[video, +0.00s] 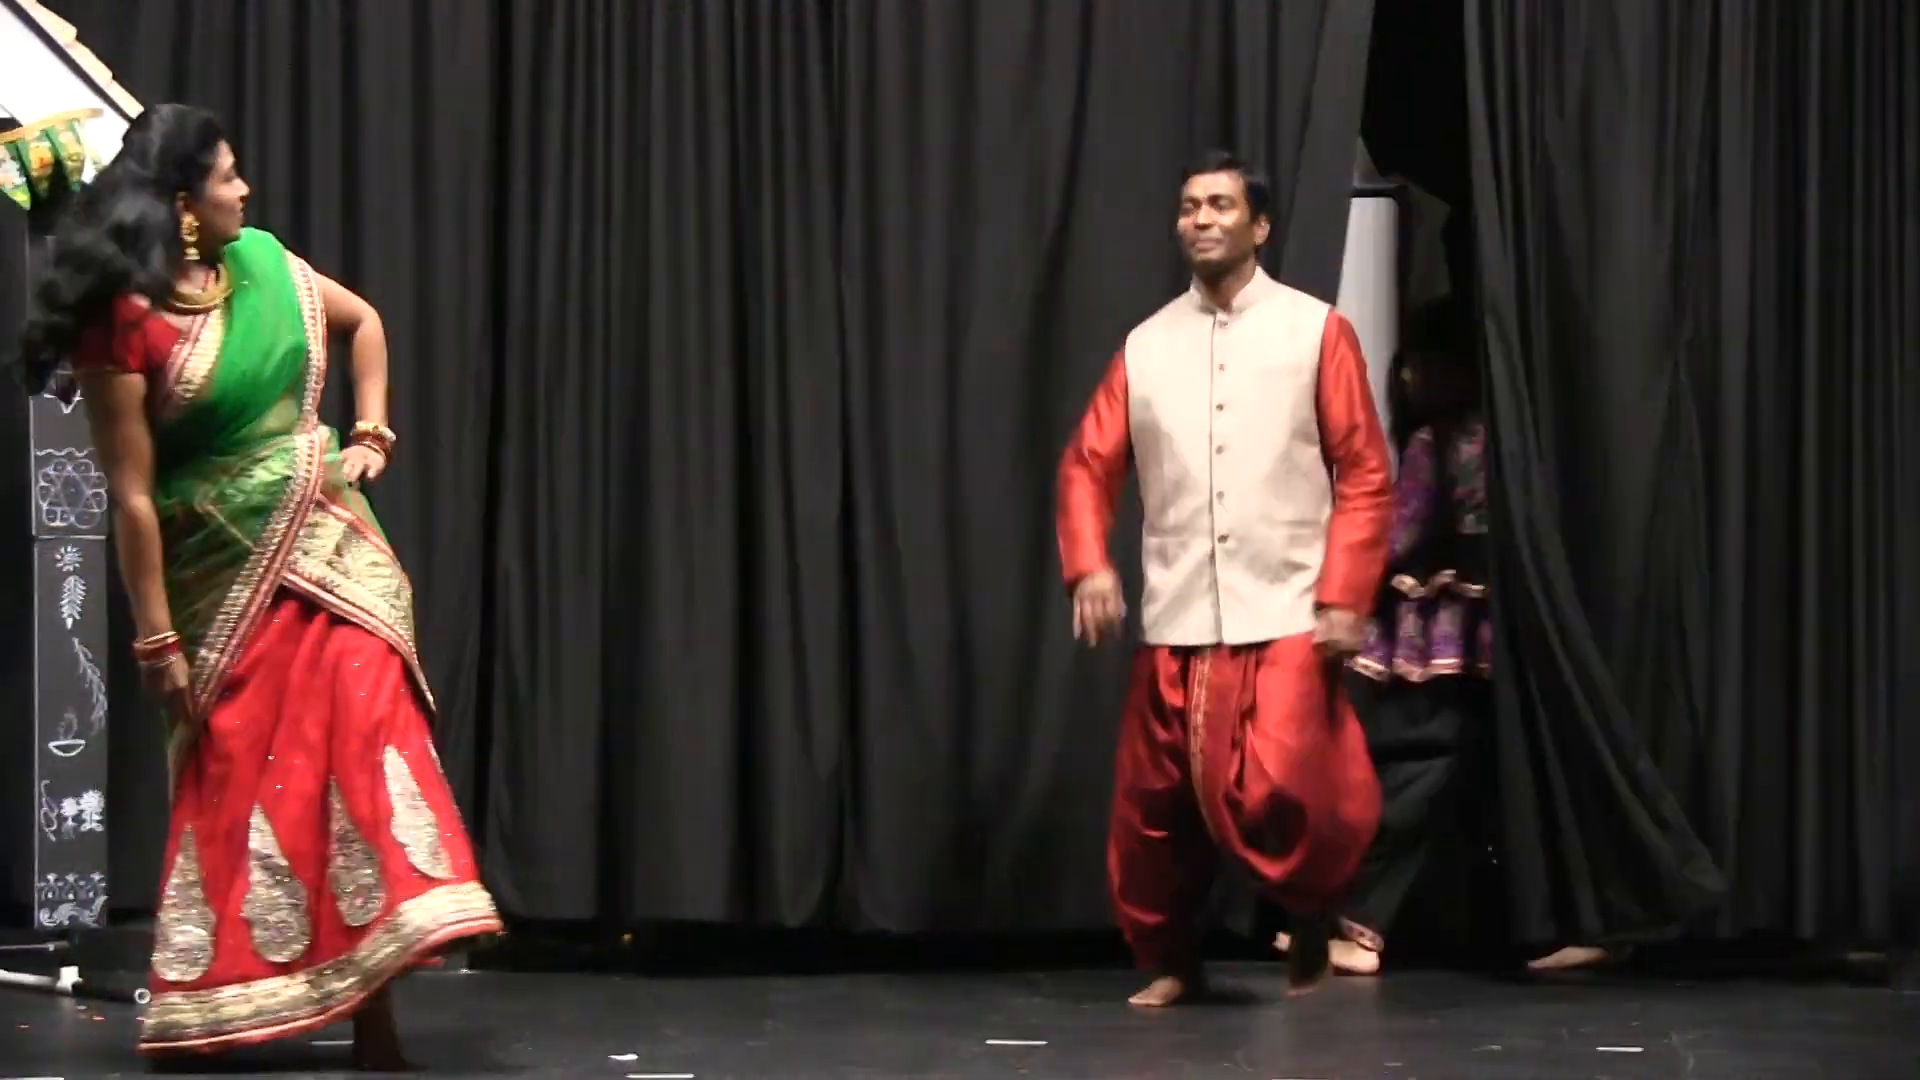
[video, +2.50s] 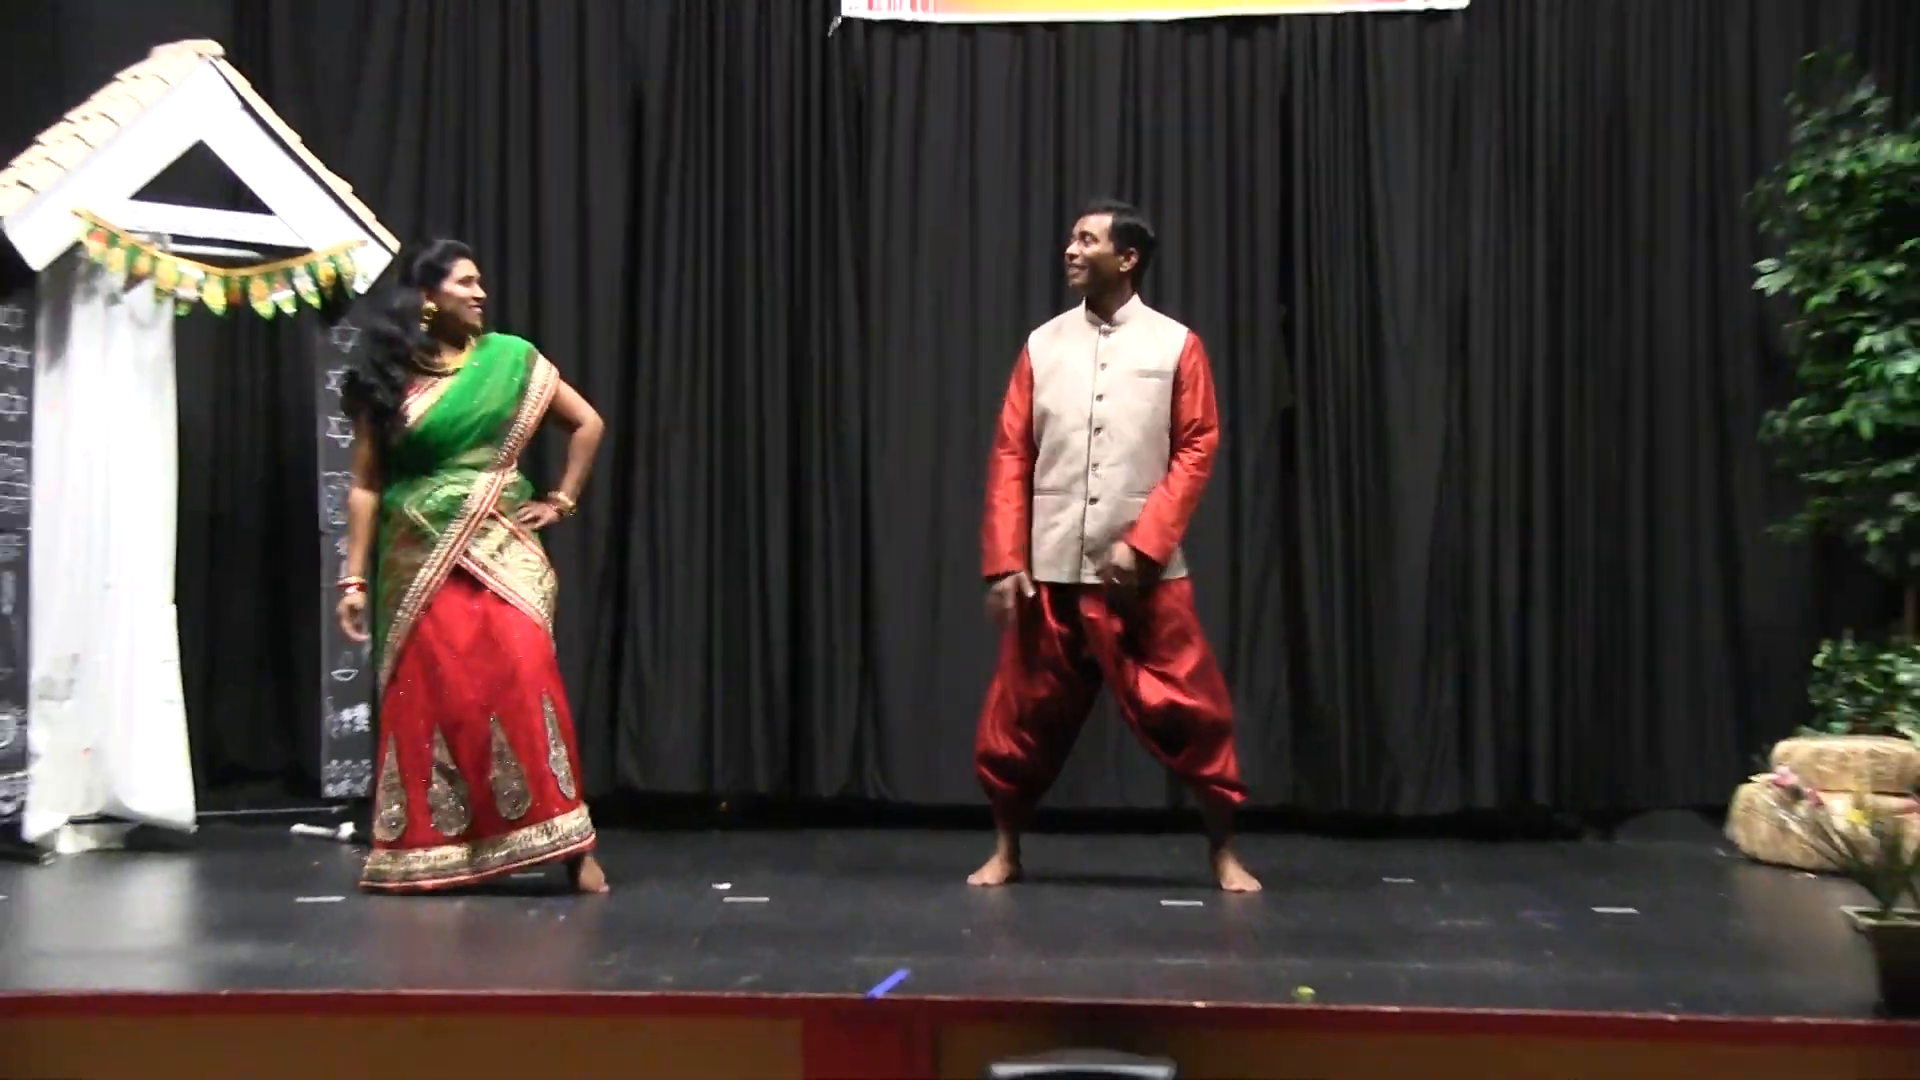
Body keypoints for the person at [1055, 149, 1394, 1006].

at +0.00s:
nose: (1201, 218)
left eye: (1219, 206)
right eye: (1190, 207)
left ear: (1259, 226)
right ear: (1177, 227)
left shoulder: (1317, 331)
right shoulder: (1148, 344)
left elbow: (1364, 473)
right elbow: (1088, 463)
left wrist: (1345, 599)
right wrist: (1090, 566)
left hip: (1286, 607)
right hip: (1177, 611)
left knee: (1274, 788)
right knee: (1155, 802)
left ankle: (1310, 918)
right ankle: (1169, 966)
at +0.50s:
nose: (1215, 142)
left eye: (1237, 128)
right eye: (1204, 126)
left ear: (1277, 149)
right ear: (1187, 143)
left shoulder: (1322, 263)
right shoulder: (1144, 266)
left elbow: (1352, 415)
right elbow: (1104, 415)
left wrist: (1298, 528)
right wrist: (1103, 529)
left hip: (1287, 564)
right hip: (1160, 562)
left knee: (1296, 771)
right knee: (1112, 750)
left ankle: (1300, 978)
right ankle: (1087, 965)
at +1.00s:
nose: (1209, 142)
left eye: (1228, 126)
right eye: (1196, 131)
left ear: (1277, 144)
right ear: (1185, 155)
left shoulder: (1341, 268)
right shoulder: (1157, 281)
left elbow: (1384, 422)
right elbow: (1093, 421)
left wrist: (1371, 582)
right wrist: (1151, 499)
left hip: (1319, 590)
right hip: (1189, 586)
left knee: (1373, 790)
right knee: (1111, 778)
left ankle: (1408, 1004)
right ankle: (1085, 981)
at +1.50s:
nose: (1144, 150)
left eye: (1166, 137)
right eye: (1145, 135)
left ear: (1224, 159)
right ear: (1147, 152)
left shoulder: (1281, 280)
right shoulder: (1095, 271)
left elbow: (1317, 431)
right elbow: (1045, 408)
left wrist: (1275, 570)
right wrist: (1112, 502)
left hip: (1261, 584)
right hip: (1131, 585)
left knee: (1339, 776)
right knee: (1079, 783)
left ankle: (1375, 986)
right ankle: (1052, 980)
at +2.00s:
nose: (1113, 160)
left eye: (1131, 146)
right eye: (1101, 149)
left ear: (1170, 166)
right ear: (1087, 173)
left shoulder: (1224, 282)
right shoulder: (1048, 290)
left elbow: (1261, 417)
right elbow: (1011, 431)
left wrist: (1198, 546)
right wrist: (1026, 565)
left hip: (1200, 579)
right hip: (1074, 584)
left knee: (1273, 763)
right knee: (1043, 774)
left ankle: (1315, 956)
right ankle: (1031, 955)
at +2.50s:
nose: (1071, 250)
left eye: (1087, 240)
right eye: (1071, 239)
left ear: (1129, 256)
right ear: (1073, 254)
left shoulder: (1176, 344)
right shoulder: (1041, 345)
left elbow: (1198, 448)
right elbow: (1011, 453)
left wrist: (1147, 542)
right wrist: (1005, 559)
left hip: (1143, 571)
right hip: (1049, 571)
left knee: (1196, 711)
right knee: (1018, 715)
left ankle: (1224, 855)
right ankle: (1004, 852)